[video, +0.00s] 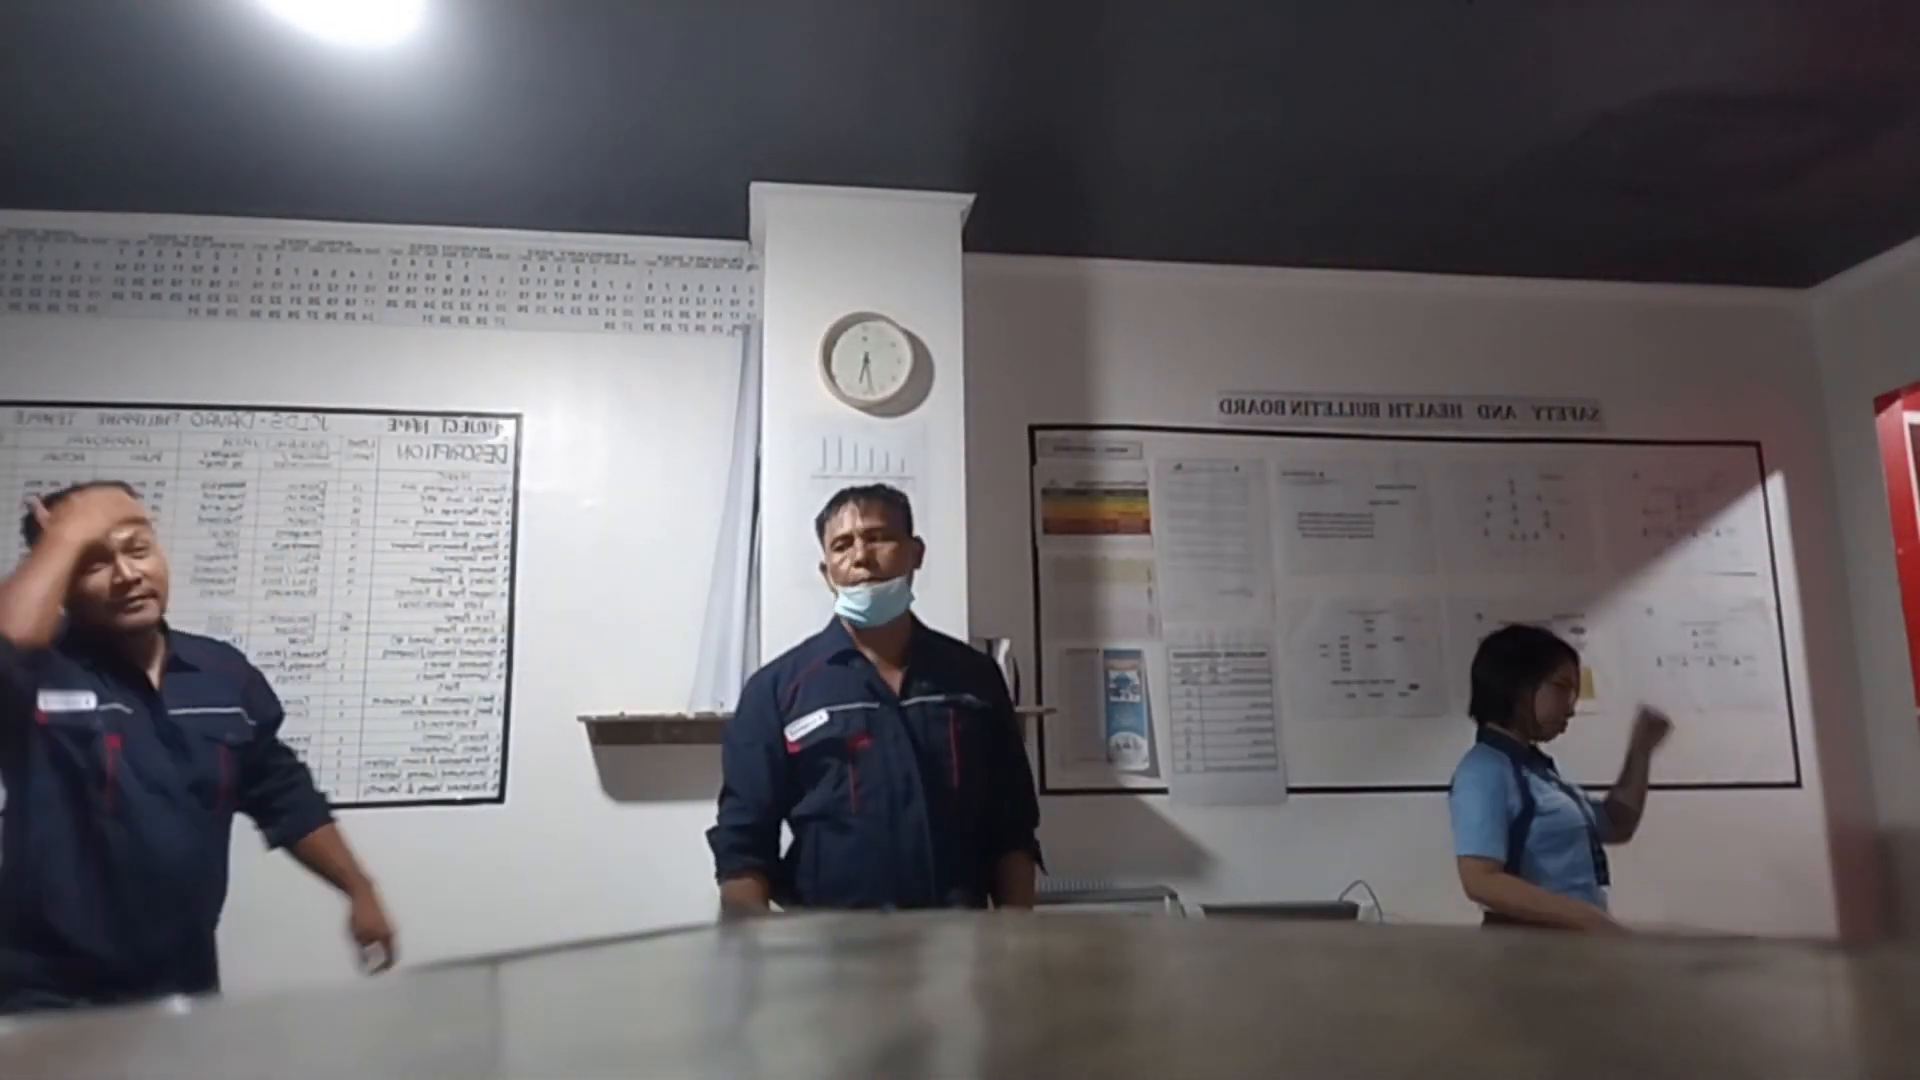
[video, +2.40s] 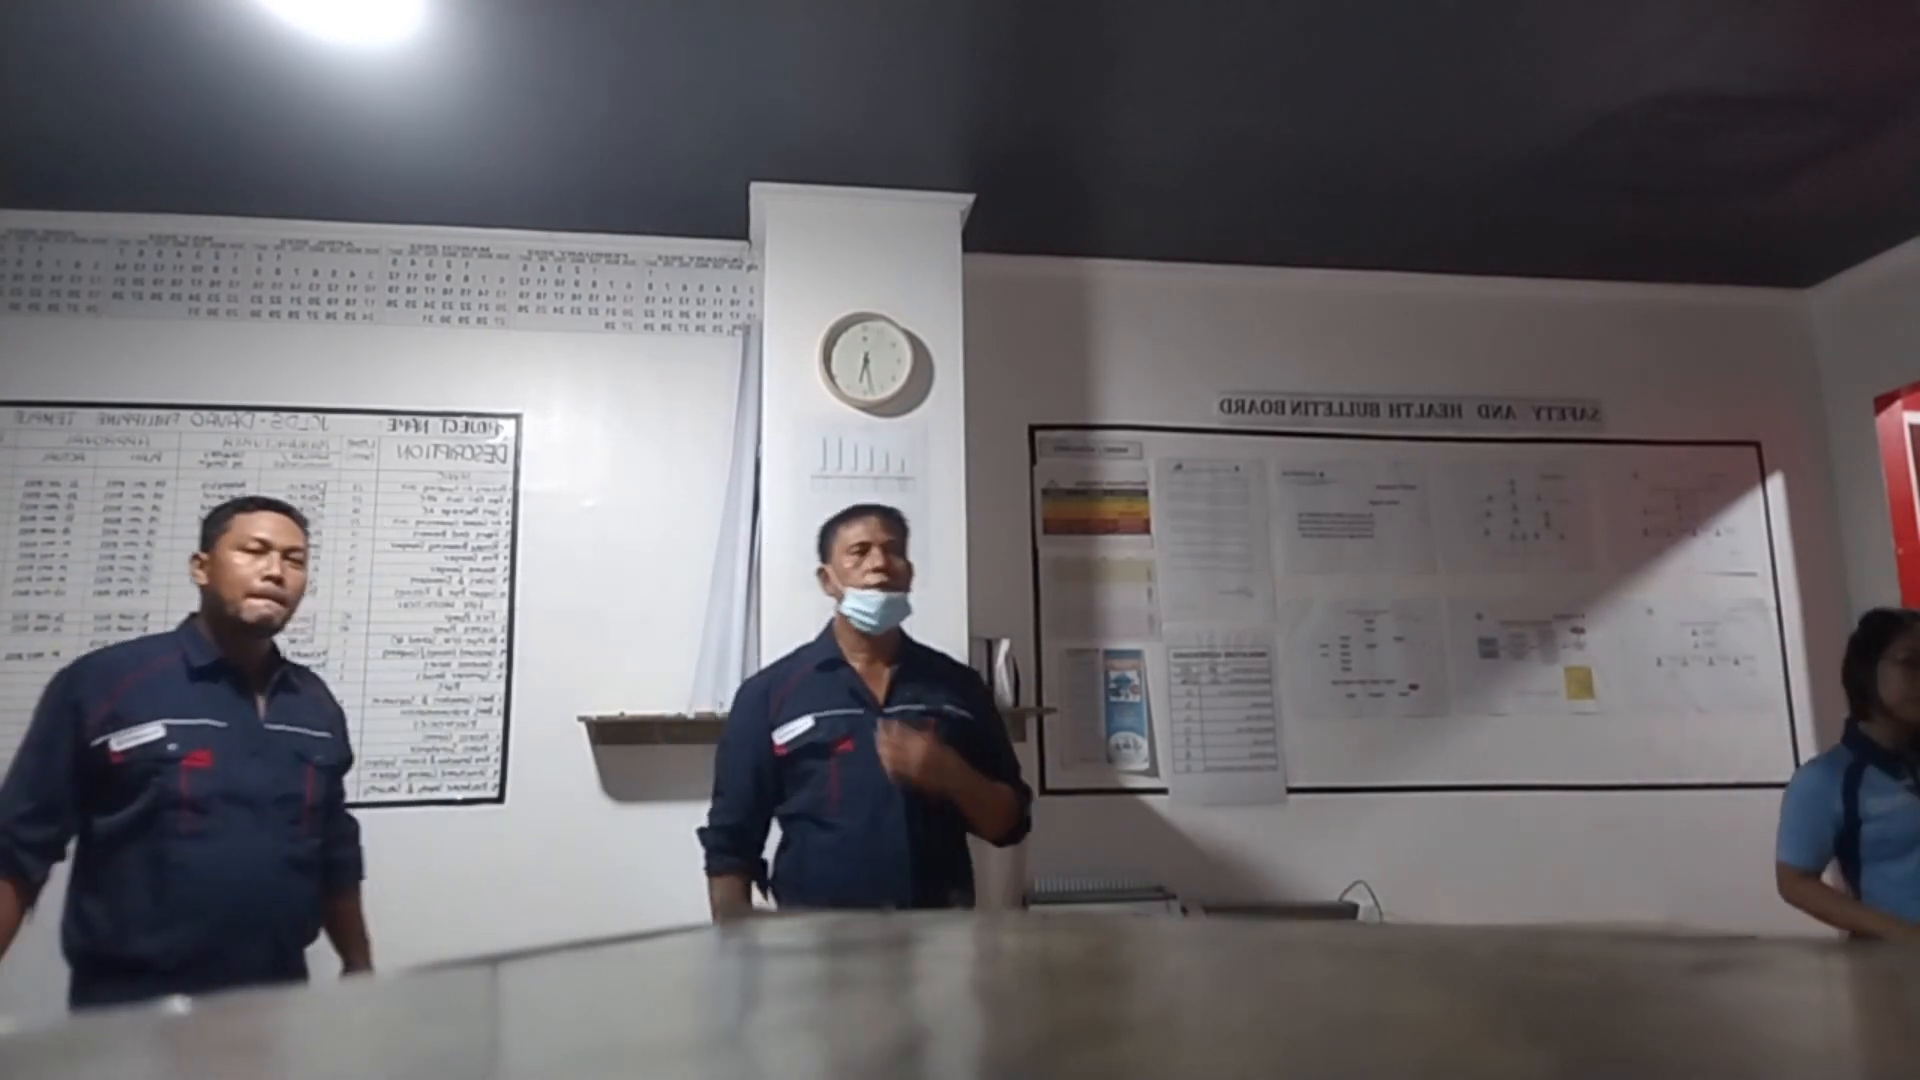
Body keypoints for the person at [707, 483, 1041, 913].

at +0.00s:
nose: (860, 555)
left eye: (878, 538)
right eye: (842, 545)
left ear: (915, 554)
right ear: (826, 571)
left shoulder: (975, 677)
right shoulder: (775, 692)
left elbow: (1013, 831)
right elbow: (741, 847)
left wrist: (1015, 950)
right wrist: (761, 959)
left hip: (959, 945)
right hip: (828, 951)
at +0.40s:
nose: (919, 565)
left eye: (939, 551)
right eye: (905, 553)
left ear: (976, 573)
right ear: (888, 570)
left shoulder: (1025, 698)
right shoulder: (830, 691)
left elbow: (1061, 849)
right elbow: (789, 835)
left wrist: (1058, 960)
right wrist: (784, 956)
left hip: (988, 951)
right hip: (859, 952)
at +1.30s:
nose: (900, 566)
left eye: (914, 556)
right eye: (881, 551)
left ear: (927, 582)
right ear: (846, 572)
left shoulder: (962, 699)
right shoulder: (770, 687)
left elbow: (992, 847)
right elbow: (724, 823)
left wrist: (1012, 952)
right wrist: (727, 939)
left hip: (929, 948)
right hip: (804, 946)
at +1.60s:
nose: (838, 561)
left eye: (850, 548)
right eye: (816, 549)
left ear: (863, 567)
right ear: (782, 576)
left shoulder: (913, 685)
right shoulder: (721, 698)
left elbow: (948, 831)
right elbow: (683, 851)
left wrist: (952, 943)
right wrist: (690, 972)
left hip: (897, 941)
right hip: (773, 943)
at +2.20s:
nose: (830, 564)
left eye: (841, 550)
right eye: (808, 555)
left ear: (860, 568)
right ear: (779, 586)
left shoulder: (924, 684)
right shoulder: (733, 706)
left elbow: (975, 810)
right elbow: (701, 863)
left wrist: (960, 917)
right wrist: (724, 977)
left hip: (910, 943)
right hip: (788, 949)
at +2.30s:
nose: (852, 562)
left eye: (864, 549)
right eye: (831, 553)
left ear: (884, 570)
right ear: (802, 583)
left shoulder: (943, 686)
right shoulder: (749, 702)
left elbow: (998, 809)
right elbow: (714, 858)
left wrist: (957, 843)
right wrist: (733, 977)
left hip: (924, 944)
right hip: (801, 948)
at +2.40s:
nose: (880, 564)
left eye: (892, 552)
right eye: (859, 552)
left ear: (909, 575)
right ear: (828, 579)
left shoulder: (959, 688)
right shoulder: (768, 698)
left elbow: (1010, 824)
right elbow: (730, 852)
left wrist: (943, 771)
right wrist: (744, 973)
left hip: (938, 940)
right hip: (814, 943)